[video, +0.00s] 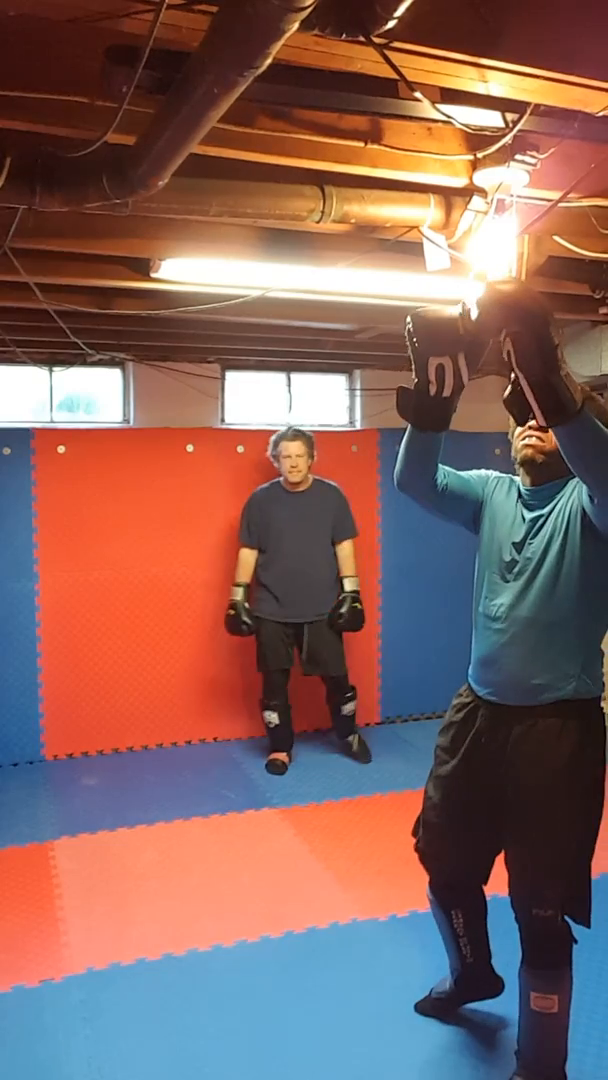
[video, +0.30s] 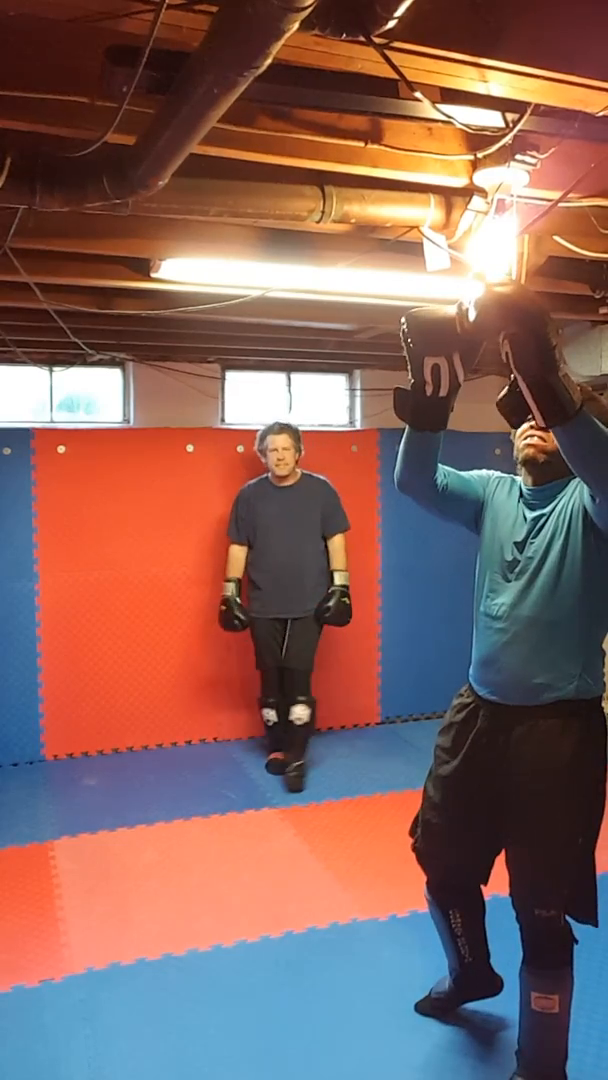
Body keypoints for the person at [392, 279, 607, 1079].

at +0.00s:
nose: (530, 428)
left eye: (546, 420)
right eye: (521, 419)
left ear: (575, 435)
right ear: (508, 434)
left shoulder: (591, 499)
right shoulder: (492, 489)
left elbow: (597, 468)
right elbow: (415, 479)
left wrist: (548, 381)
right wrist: (430, 419)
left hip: (561, 723)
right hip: (479, 713)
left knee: (543, 905)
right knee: (443, 850)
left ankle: (542, 1065)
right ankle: (474, 974)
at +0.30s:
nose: (532, 429)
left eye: (547, 421)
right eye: (522, 420)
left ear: (573, 436)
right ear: (507, 435)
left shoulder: (591, 499)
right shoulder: (492, 491)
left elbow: (594, 458)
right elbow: (415, 478)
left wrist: (547, 383)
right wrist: (432, 404)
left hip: (563, 721)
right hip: (480, 713)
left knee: (544, 899)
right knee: (441, 846)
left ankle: (543, 1063)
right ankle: (473, 974)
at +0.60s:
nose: (526, 432)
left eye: (541, 422)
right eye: (517, 421)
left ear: (577, 436)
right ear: (505, 435)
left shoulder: (593, 501)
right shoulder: (492, 490)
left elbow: (595, 465)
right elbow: (416, 479)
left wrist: (541, 384)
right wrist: (430, 415)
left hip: (562, 725)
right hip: (480, 714)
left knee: (543, 902)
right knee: (440, 846)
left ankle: (542, 1066)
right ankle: (473, 975)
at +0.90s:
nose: (517, 433)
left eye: (532, 424)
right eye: (510, 423)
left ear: (569, 435)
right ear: (502, 434)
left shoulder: (588, 500)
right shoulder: (490, 489)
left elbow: (593, 468)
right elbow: (414, 475)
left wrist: (542, 388)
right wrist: (428, 412)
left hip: (560, 725)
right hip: (479, 715)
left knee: (543, 902)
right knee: (440, 847)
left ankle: (542, 1064)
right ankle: (472, 974)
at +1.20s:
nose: (477, 443)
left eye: (490, 433)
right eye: (480, 432)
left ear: (535, 444)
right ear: (512, 444)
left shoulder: (584, 505)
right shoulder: (478, 511)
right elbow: (405, 562)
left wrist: (595, 430)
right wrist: (376, 504)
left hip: (563, 723)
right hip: (483, 714)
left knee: (544, 904)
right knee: (445, 850)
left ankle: (542, 1067)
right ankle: (471, 971)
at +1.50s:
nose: (446, 468)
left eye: (455, 454)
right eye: (447, 454)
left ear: (502, 455)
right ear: (494, 457)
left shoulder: (582, 521)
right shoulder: (489, 520)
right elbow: (505, 609)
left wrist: (571, 652)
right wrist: (434, 619)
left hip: (563, 733)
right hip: (495, 722)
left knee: (548, 902)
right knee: (491, 862)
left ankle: (544, 1067)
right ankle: (495, 976)